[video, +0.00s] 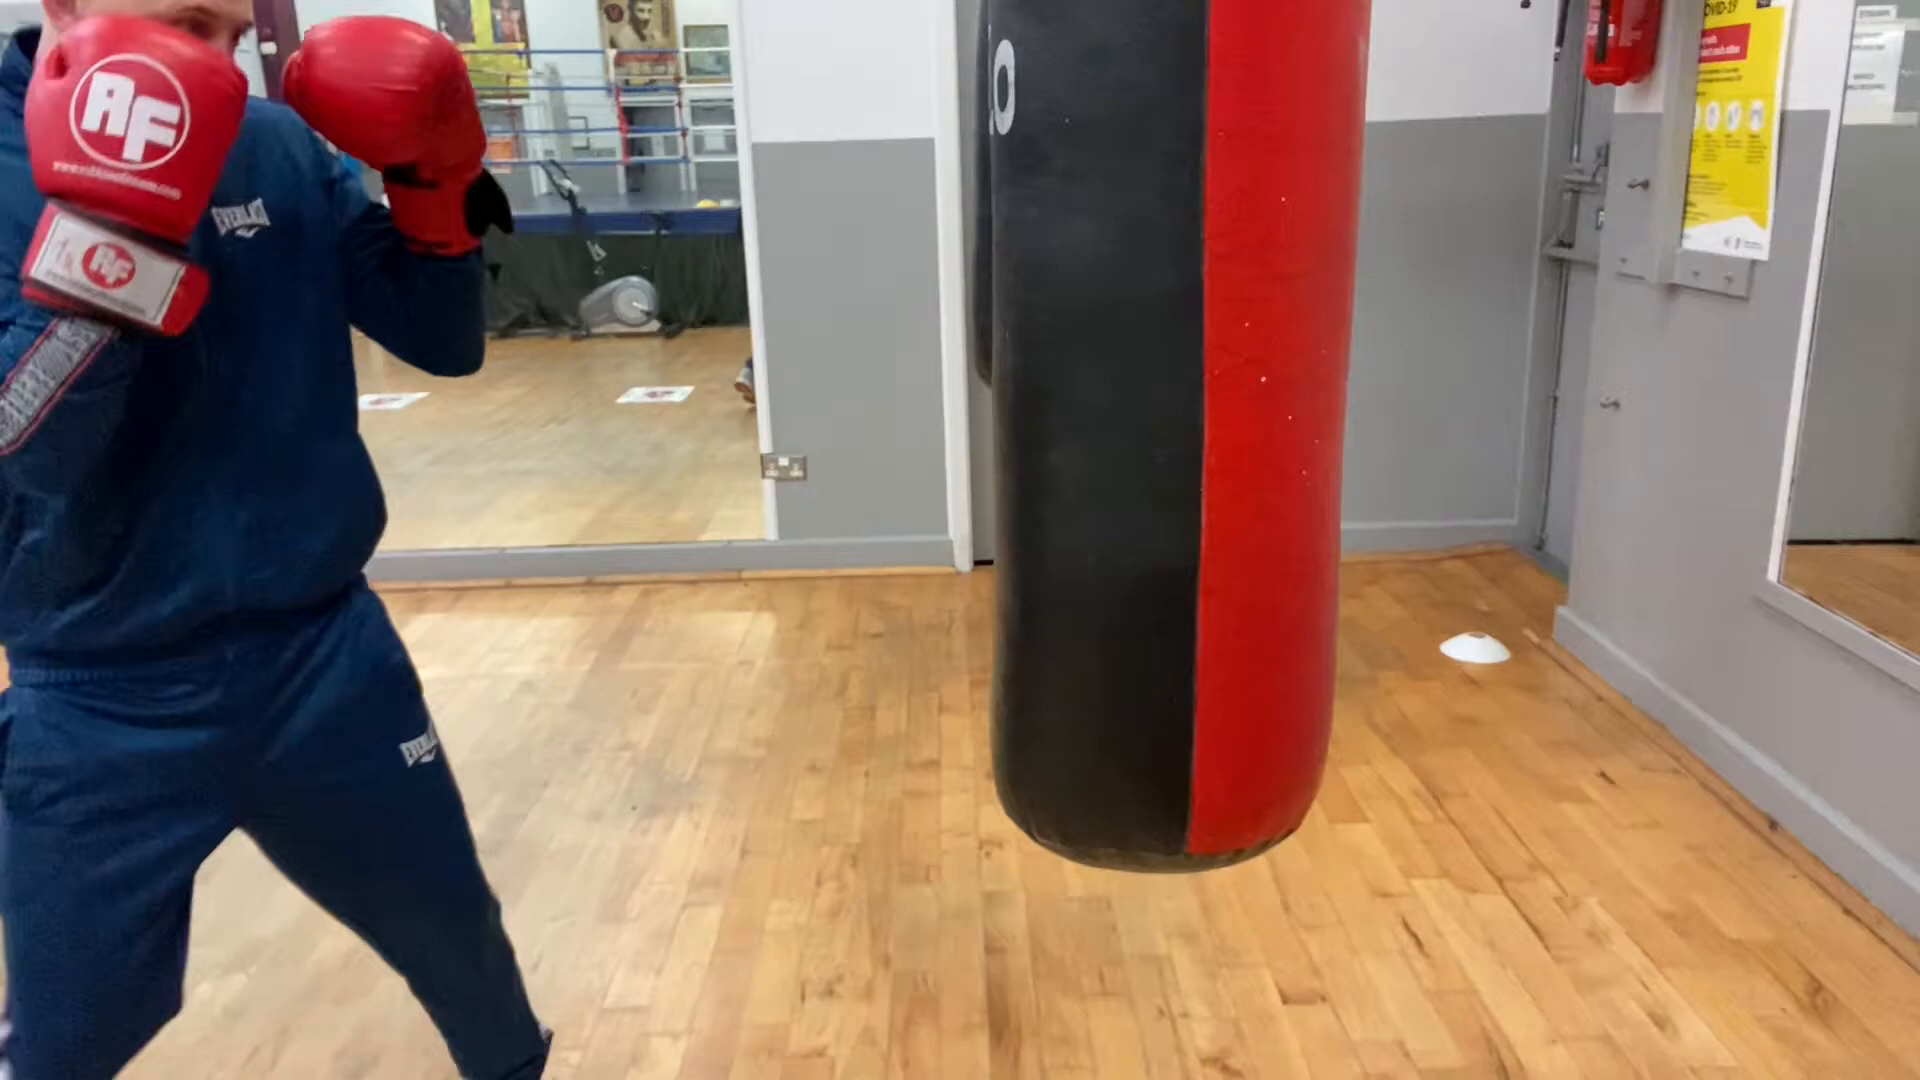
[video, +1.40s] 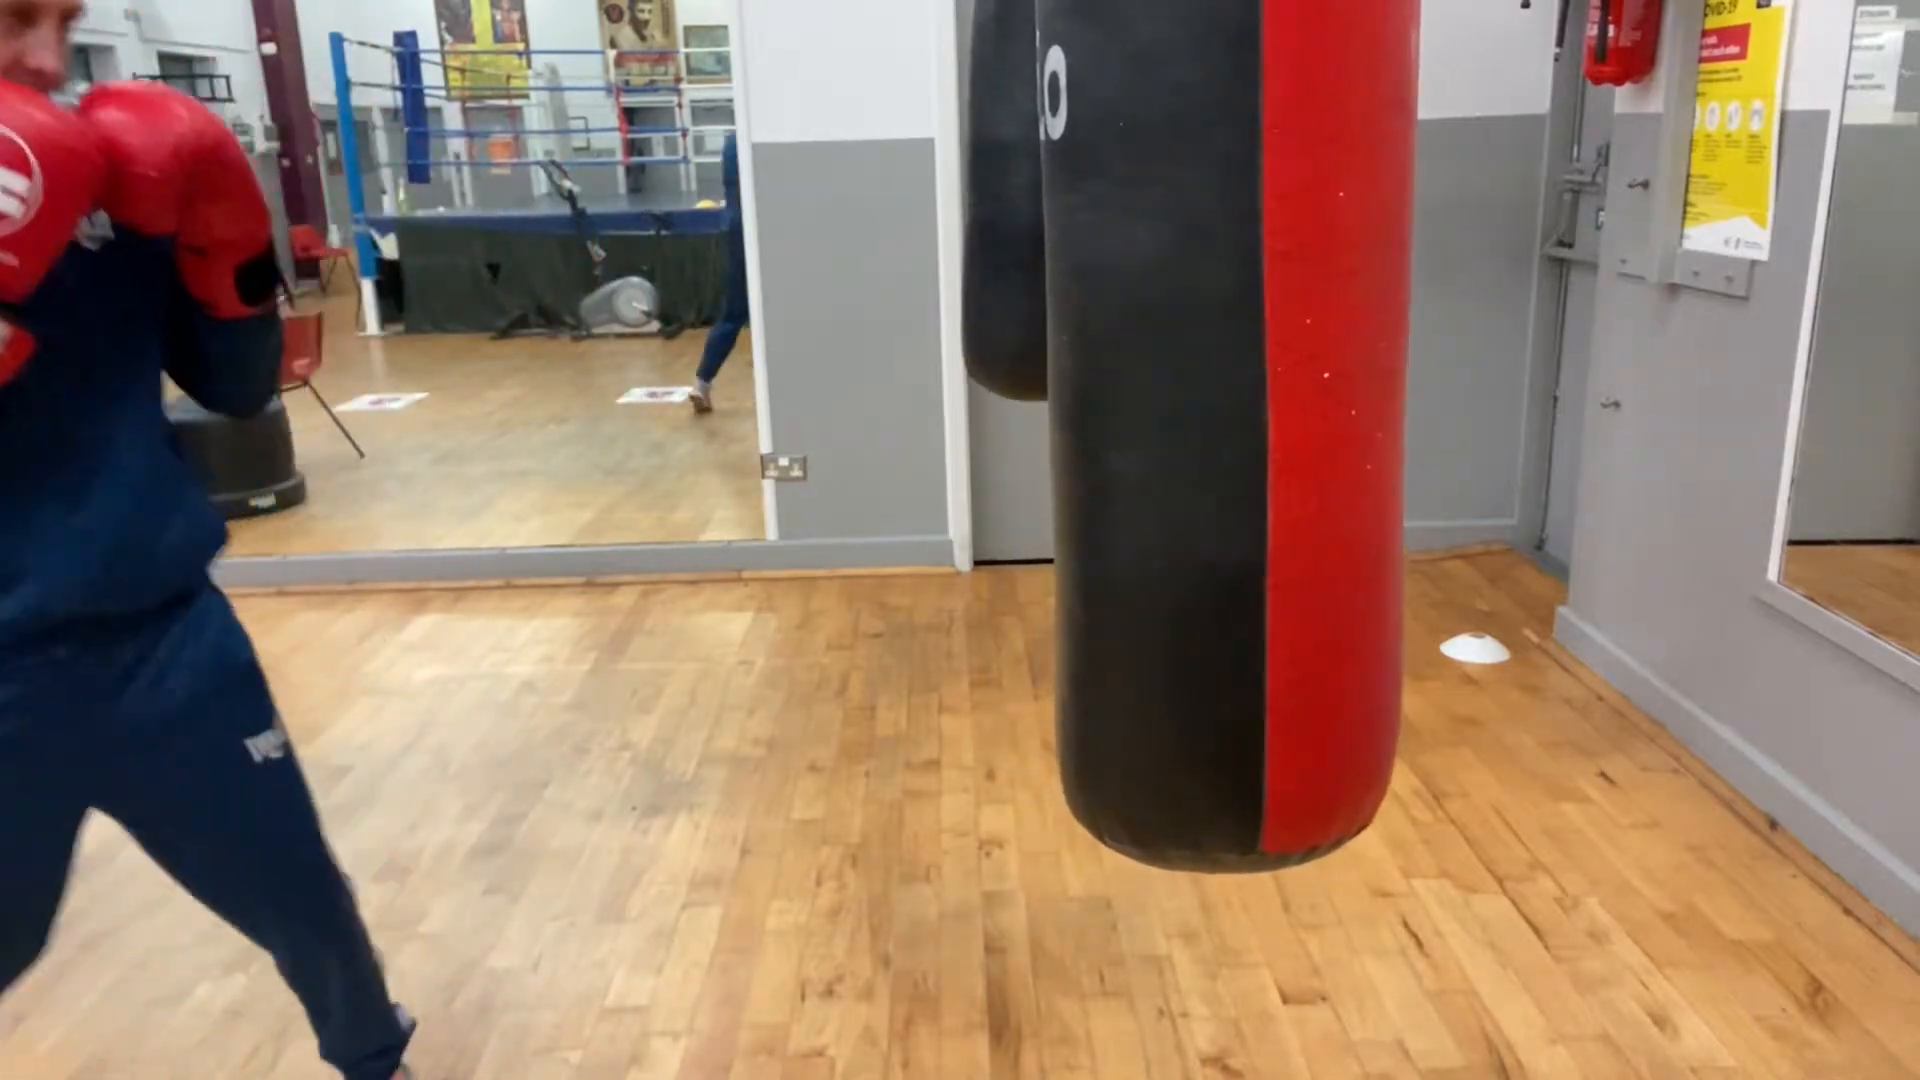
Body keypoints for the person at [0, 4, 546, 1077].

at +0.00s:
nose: (215, 65)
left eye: (229, 31)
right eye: (177, 26)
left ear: (250, 25)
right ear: (64, 13)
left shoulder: (279, 145)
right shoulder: (10, 176)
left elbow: (444, 340)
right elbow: (22, 475)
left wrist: (435, 188)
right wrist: (104, 242)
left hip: (321, 663)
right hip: (89, 705)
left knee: (458, 942)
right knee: (62, 1047)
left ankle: (512, 1064)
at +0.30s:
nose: (321, 133)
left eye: (332, 100)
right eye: (291, 100)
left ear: (344, 79)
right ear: (164, 76)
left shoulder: (329, 201)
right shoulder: (34, 244)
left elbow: (440, 414)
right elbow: (112, 515)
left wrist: (489, 310)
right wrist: (223, 311)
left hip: (400, 688)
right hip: (186, 753)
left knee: (597, 955)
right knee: (187, 1065)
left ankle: (672, 1074)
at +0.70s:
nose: (233, 82)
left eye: (247, 45)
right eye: (195, 43)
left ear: (271, 25)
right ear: (71, 18)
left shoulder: (277, 151)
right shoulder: (11, 186)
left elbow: (423, 373)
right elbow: (19, 497)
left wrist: (435, 244)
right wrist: (118, 278)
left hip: (342, 683)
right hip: (100, 733)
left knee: (527, 974)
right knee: (74, 1069)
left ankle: (603, 1073)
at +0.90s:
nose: (124, 143)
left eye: (138, 102)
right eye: (83, 103)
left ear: (153, 99)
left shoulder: (169, 261)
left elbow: (275, 487)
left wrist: (283, 333)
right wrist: (23, 385)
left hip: (246, 748)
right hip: (38, 805)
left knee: (394, 1006)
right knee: (52, 1066)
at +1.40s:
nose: (42, 48)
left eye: (56, 21)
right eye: (19, 22)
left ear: (75, 26)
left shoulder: (117, 178)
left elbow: (235, 385)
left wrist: (226, 231)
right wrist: (22, 241)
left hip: (161, 632)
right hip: (11, 665)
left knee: (301, 895)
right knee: (2, 948)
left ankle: (374, 1057)